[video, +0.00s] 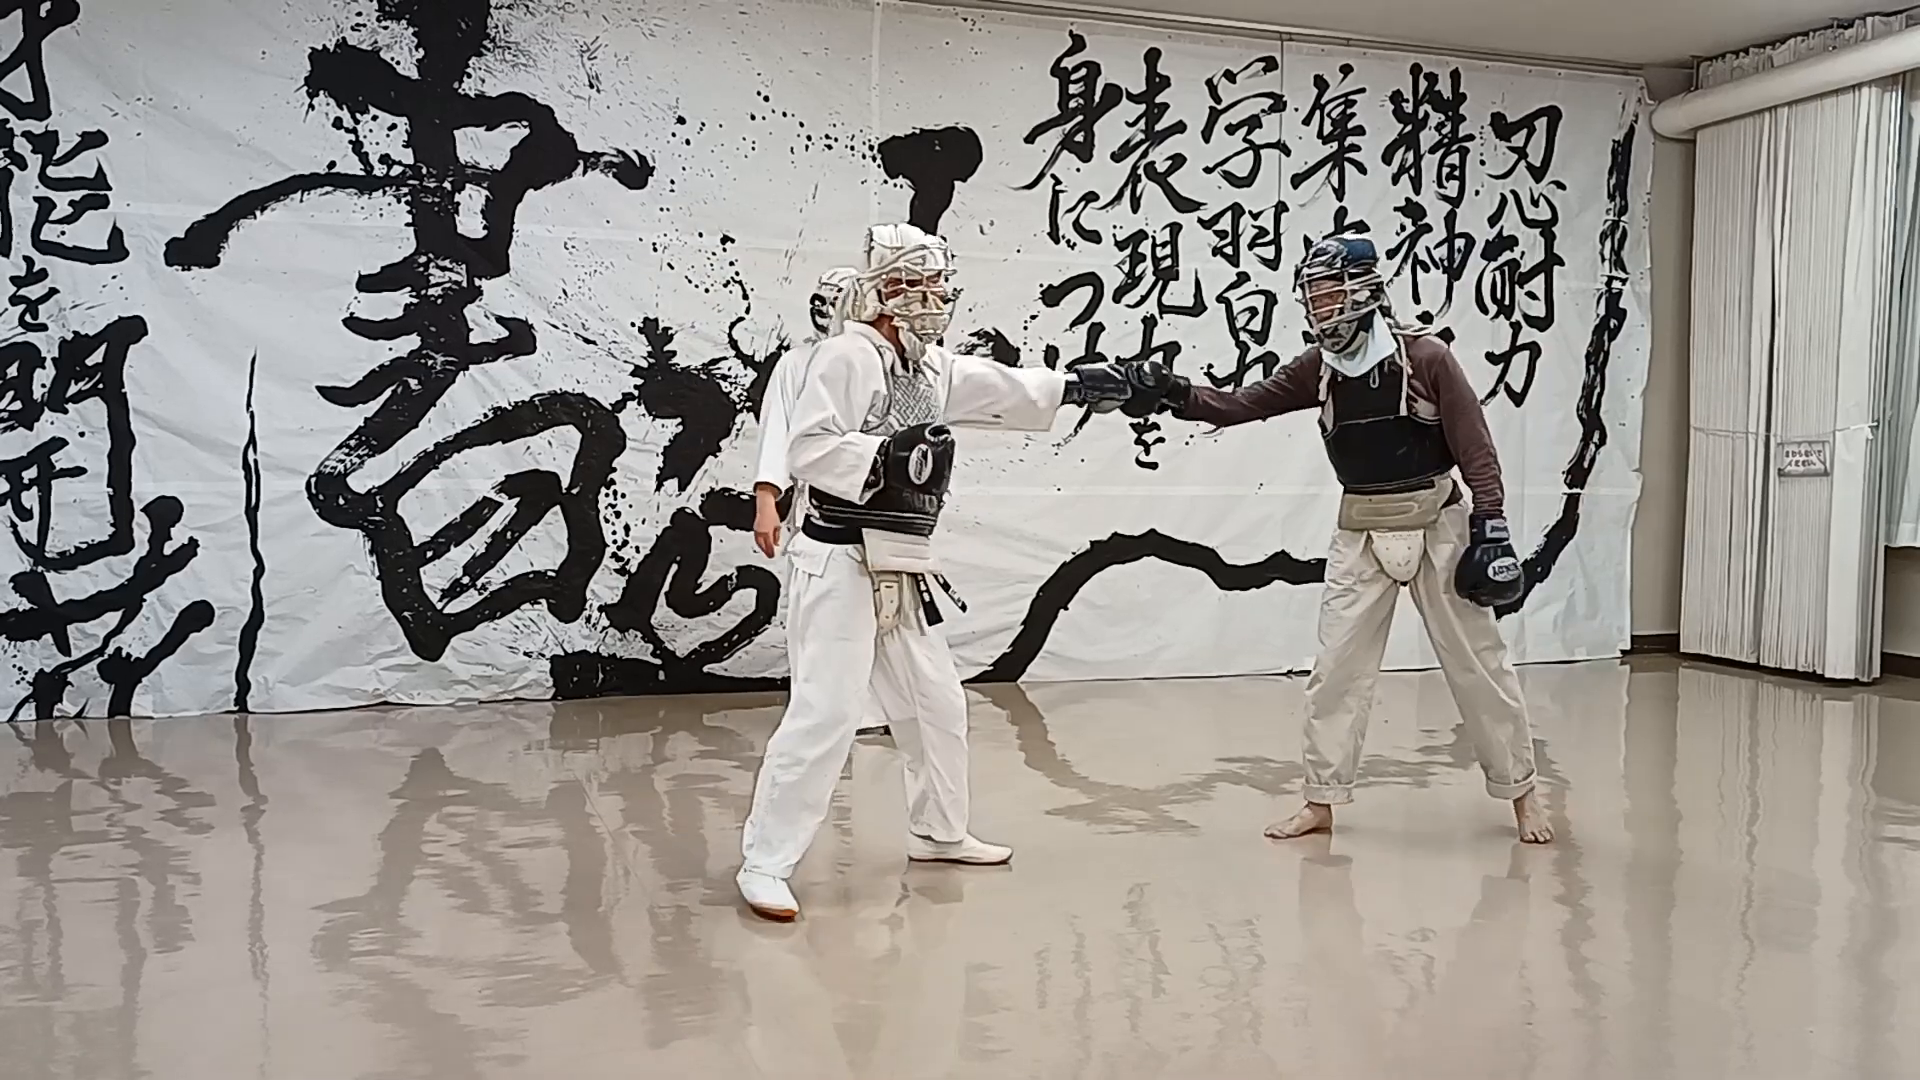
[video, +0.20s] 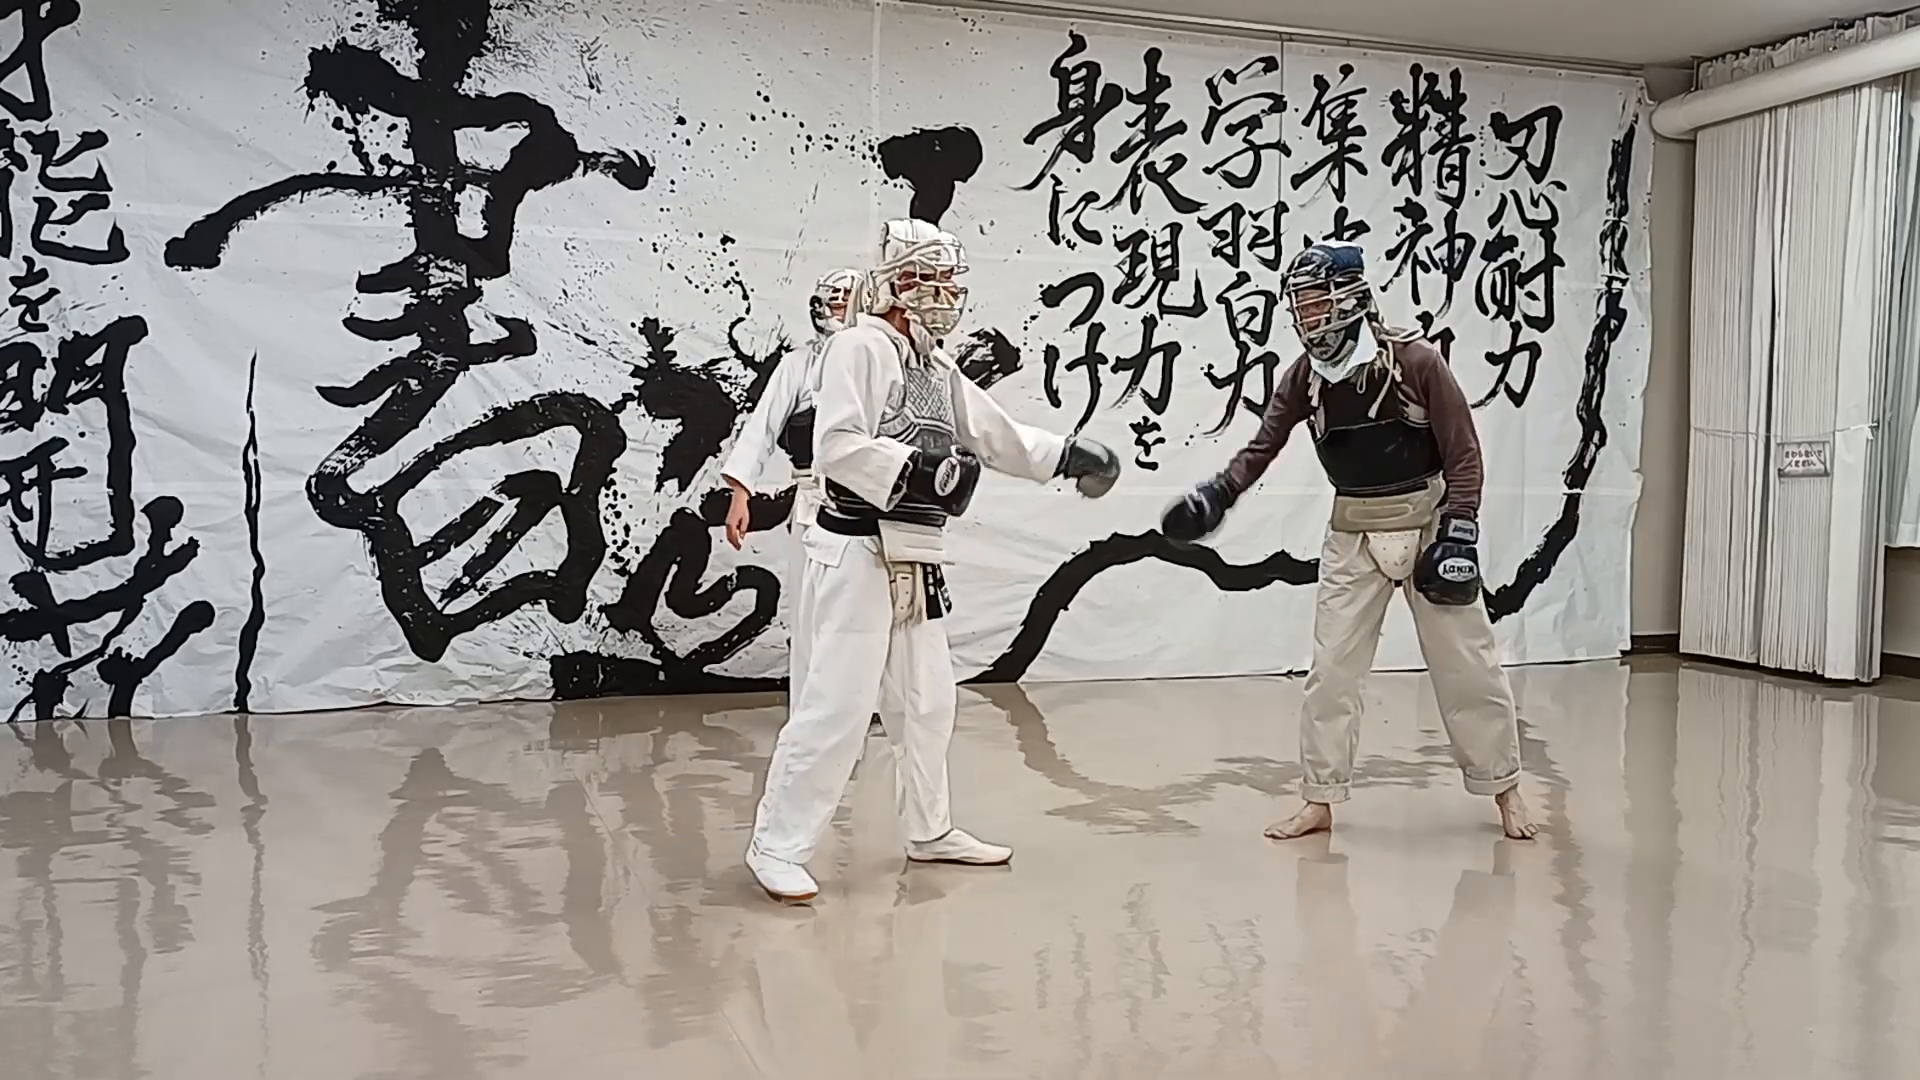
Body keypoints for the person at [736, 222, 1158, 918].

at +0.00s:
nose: (926, 298)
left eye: (932, 287)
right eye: (912, 285)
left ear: (937, 294)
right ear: (880, 289)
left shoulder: (935, 367)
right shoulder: (845, 353)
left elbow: (1020, 388)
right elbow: (806, 445)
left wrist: (1106, 384)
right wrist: (886, 460)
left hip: (896, 562)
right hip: (833, 558)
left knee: (936, 701)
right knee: (824, 714)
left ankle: (938, 835)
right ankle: (764, 867)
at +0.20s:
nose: (942, 297)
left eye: (948, 285)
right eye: (929, 284)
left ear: (950, 291)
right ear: (896, 286)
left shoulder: (939, 370)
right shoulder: (859, 346)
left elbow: (996, 435)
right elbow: (835, 443)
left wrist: (1067, 456)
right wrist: (920, 472)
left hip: (911, 552)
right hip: (848, 550)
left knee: (928, 701)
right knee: (835, 708)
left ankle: (929, 832)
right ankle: (777, 849)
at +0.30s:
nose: (933, 292)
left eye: (939, 280)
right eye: (918, 279)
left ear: (945, 286)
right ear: (885, 282)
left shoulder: (927, 367)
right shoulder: (855, 345)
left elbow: (963, 450)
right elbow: (842, 448)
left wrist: (1003, 513)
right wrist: (919, 505)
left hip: (906, 548)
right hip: (846, 548)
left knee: (926, 696)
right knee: (837, 705)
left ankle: (929, 831)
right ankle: (791, 848)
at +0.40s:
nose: (914, 298)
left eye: (923, 287)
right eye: (901, 284)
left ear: (932, 295)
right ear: (874, 289)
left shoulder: (912, 366)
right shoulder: (849, 353)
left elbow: (908, 460)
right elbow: (838, 456)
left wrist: (921, 534)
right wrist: (896, 531)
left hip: (903, 555)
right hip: (845, 556)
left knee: (936, 692)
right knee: (832, 708)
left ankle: (931, 831)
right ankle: (791, 852)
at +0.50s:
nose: (918, 304)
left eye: (922, 292)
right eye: (903, 291)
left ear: (926, 296)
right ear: (868, 295)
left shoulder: (907, 373)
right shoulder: (842, 360)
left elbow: (929, 460)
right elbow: (828, 472)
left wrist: (926, 527)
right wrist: (887, 544)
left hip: (894, 560)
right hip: (838, 563)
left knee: (958, 680)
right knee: (829, 711)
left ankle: (945, 822)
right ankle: (789, 853)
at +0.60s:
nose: (905, 305)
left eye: (914, 294)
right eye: (891, 293)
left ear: (924, 300)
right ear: (860, 296)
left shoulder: (912, 369)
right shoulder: (836, 355)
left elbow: (936, 452)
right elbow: (841, 465)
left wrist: (943, 509)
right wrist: (917, 519)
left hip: (895, 557)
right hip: (837, 560)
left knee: (956, 677)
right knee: (830, 714)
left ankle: (967, 808)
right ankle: (789, 853)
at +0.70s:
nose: (908, 308)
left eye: (916, 296)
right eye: (894, 295)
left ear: (923, 300)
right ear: (864, 296)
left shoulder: (905, 362)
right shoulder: (836, 357)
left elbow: (917, 451)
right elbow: (874, 447)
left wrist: (944, 509)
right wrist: (962, 442)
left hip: (897, 552)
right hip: (841, 559)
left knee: (938, 686)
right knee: (832, 715)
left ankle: (978, 807)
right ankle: (788, 853)